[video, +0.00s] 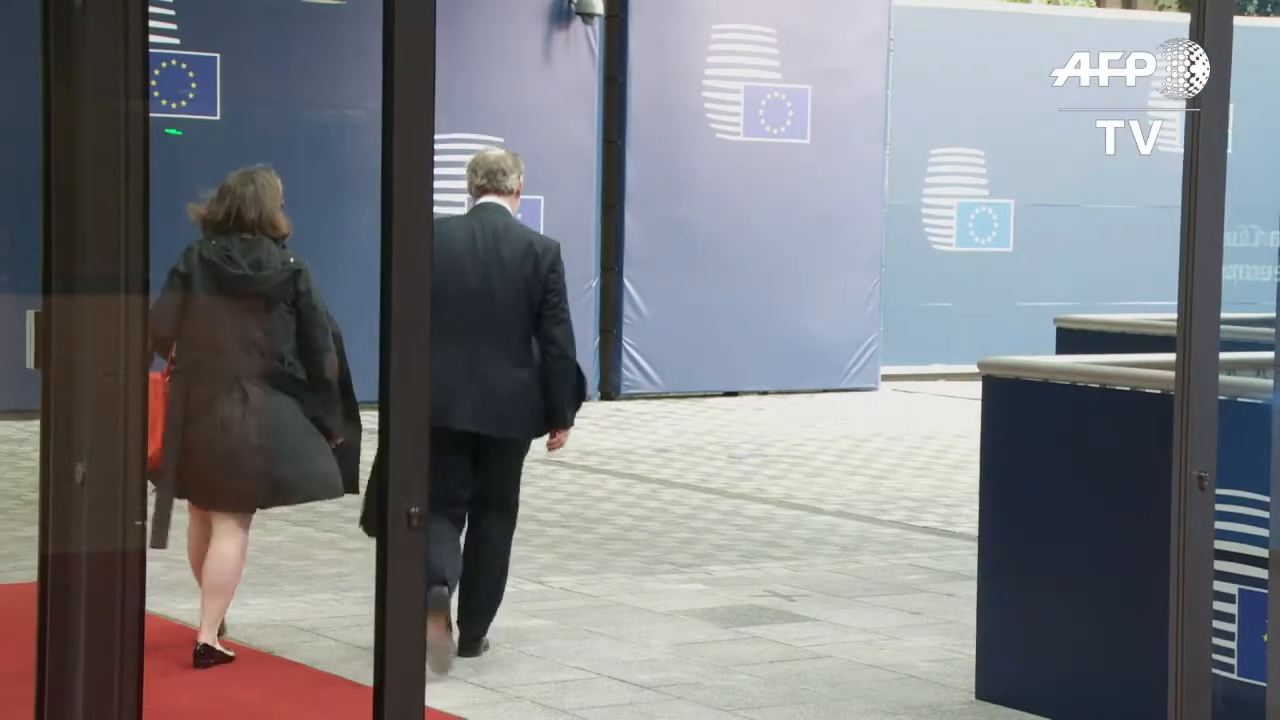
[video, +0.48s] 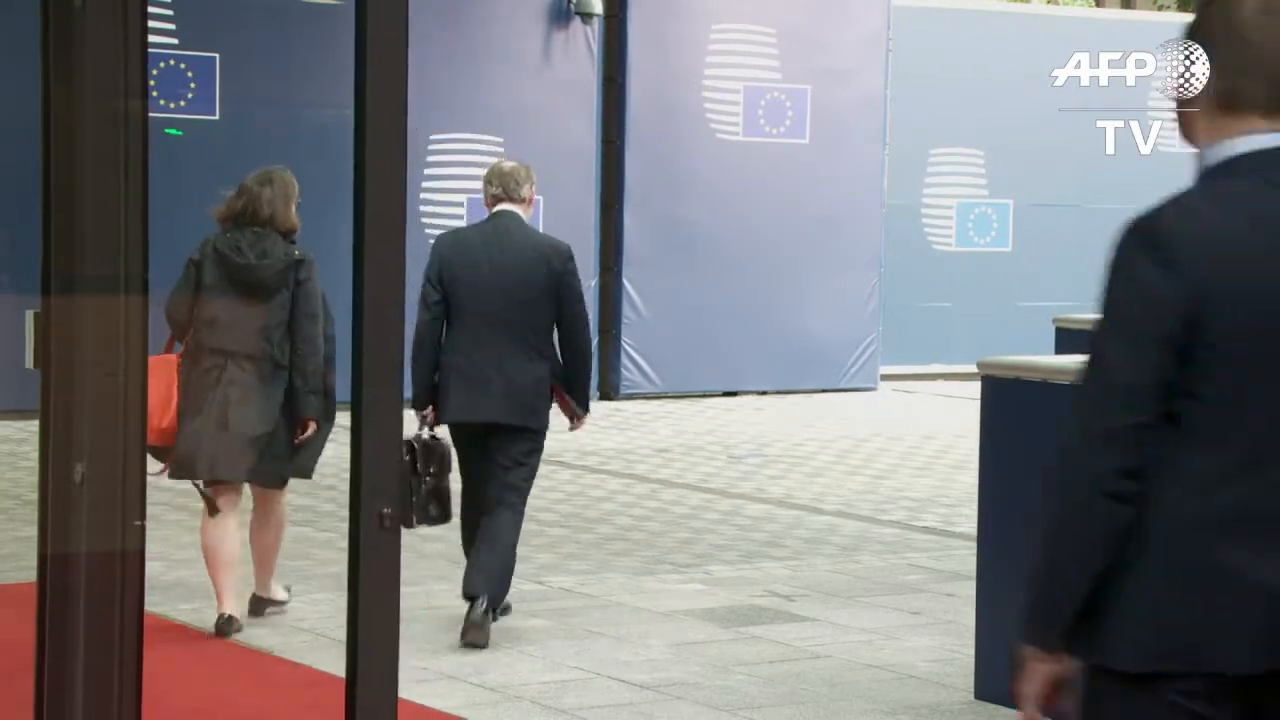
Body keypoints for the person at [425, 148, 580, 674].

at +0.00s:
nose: (518, 198)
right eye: (520, 192)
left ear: (471, 190)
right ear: (517, 193)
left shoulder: (432, 236)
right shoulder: (540, 250)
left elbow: (405, 315)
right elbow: (556, 337)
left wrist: (401, 395)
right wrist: (561, 411)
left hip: (438, 404)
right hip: (508, 408)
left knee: (441, 507)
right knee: (493, 518)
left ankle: (437, 590)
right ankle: (472, 633)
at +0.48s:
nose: (533, 204)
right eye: (533, 199)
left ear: (486, 200)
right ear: (529, 200)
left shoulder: (449, 246)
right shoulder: (553, 253)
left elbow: (429, 323)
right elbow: (576, 331)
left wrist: (424, 391)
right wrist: (576, 392)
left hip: (463, 397)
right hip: (524, 400)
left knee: (477, 492)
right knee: (508, 499)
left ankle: (487, 590)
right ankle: (482, 596)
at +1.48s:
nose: (605, 200)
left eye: (602, 193)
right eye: (604, 193)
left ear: (558, 197)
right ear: (596, 195)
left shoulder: (525, 237)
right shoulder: (613, 247)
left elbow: (502, 307)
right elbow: (639, 315)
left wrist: (493, 362)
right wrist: (649, 370)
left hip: (530, 375)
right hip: (586, 378)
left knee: (543, 455)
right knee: (572, 467)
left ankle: (542, 538)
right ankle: (553, 568)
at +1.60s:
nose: (606, 201)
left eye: (604, 195)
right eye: (605, 195)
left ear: (562, 200)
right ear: (599, 199)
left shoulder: (529, 243)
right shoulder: (611, 246)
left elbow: (510, 313)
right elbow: (621, 317)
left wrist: (503, 370)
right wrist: (620, 370)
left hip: (540, 377)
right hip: (592, 377)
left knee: (554, 461)